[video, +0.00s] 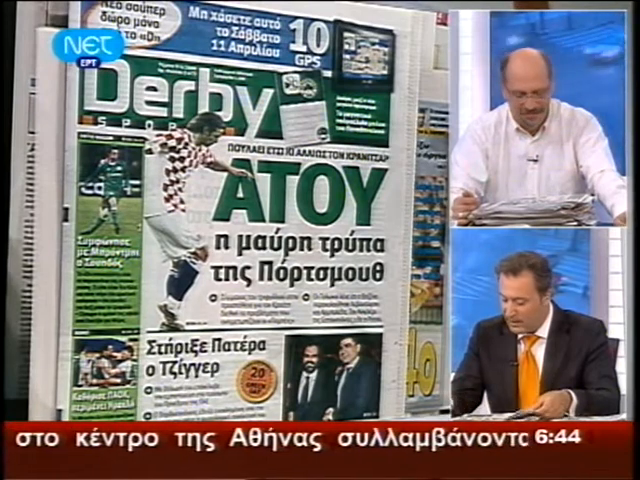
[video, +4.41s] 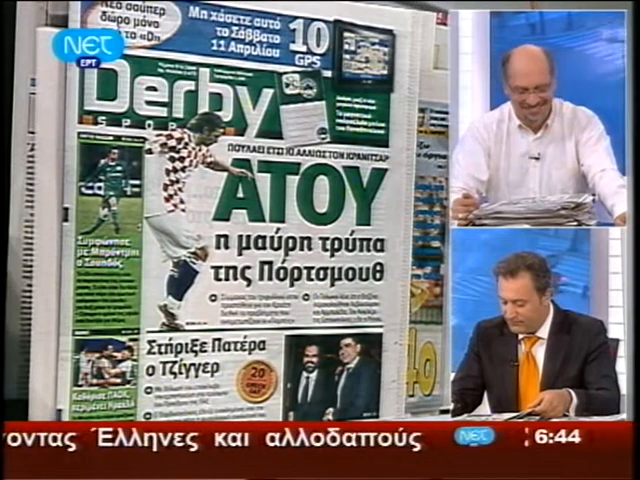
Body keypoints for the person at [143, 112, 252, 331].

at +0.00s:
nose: (215, 141)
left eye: (217, 137)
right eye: (215, 136)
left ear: (207, 132)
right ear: (205, 130)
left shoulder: (199, 150)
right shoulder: (179, 137)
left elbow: (212, 162)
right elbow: (149, 145)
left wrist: (232, 170)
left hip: (165, 209)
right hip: (161, 208)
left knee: (180, 262)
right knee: (200, 251)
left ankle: (170, 317)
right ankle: (172, 304)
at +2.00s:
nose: (215, 141)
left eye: (217, 137)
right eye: (215, 136)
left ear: (207, 132)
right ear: (205, 130)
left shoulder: (199, 150)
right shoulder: (179, 137)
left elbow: (212, 162)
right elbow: (149, 145)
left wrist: (232, 170)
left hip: (166, 209)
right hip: (161, 208)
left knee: (180, 262)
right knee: (200, 251)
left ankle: (171, 317)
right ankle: (172, 304)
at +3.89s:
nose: (215, 141)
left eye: (217, 137)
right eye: (215, 136)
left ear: (206, 132)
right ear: (205, 130)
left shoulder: (199, 150)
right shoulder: (178, 137)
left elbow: (212, 162)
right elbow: (148, 146)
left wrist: (231, 170)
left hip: (167, 209)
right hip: (161, 207)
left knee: (180, 262)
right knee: (200, 251)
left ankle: (171, 317)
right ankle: (172, 303)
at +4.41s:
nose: (215, 141)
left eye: (217, 137)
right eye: (215, 135)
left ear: (206, 132)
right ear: (205, 130)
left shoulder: (199, 150)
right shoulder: (178, 137)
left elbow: (212, 162)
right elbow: (147, 146)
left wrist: (231, 170)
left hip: (167, 209)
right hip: (160, 208)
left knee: (180, 262)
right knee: (200, 251)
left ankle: (171, 317)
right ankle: (172, 303)